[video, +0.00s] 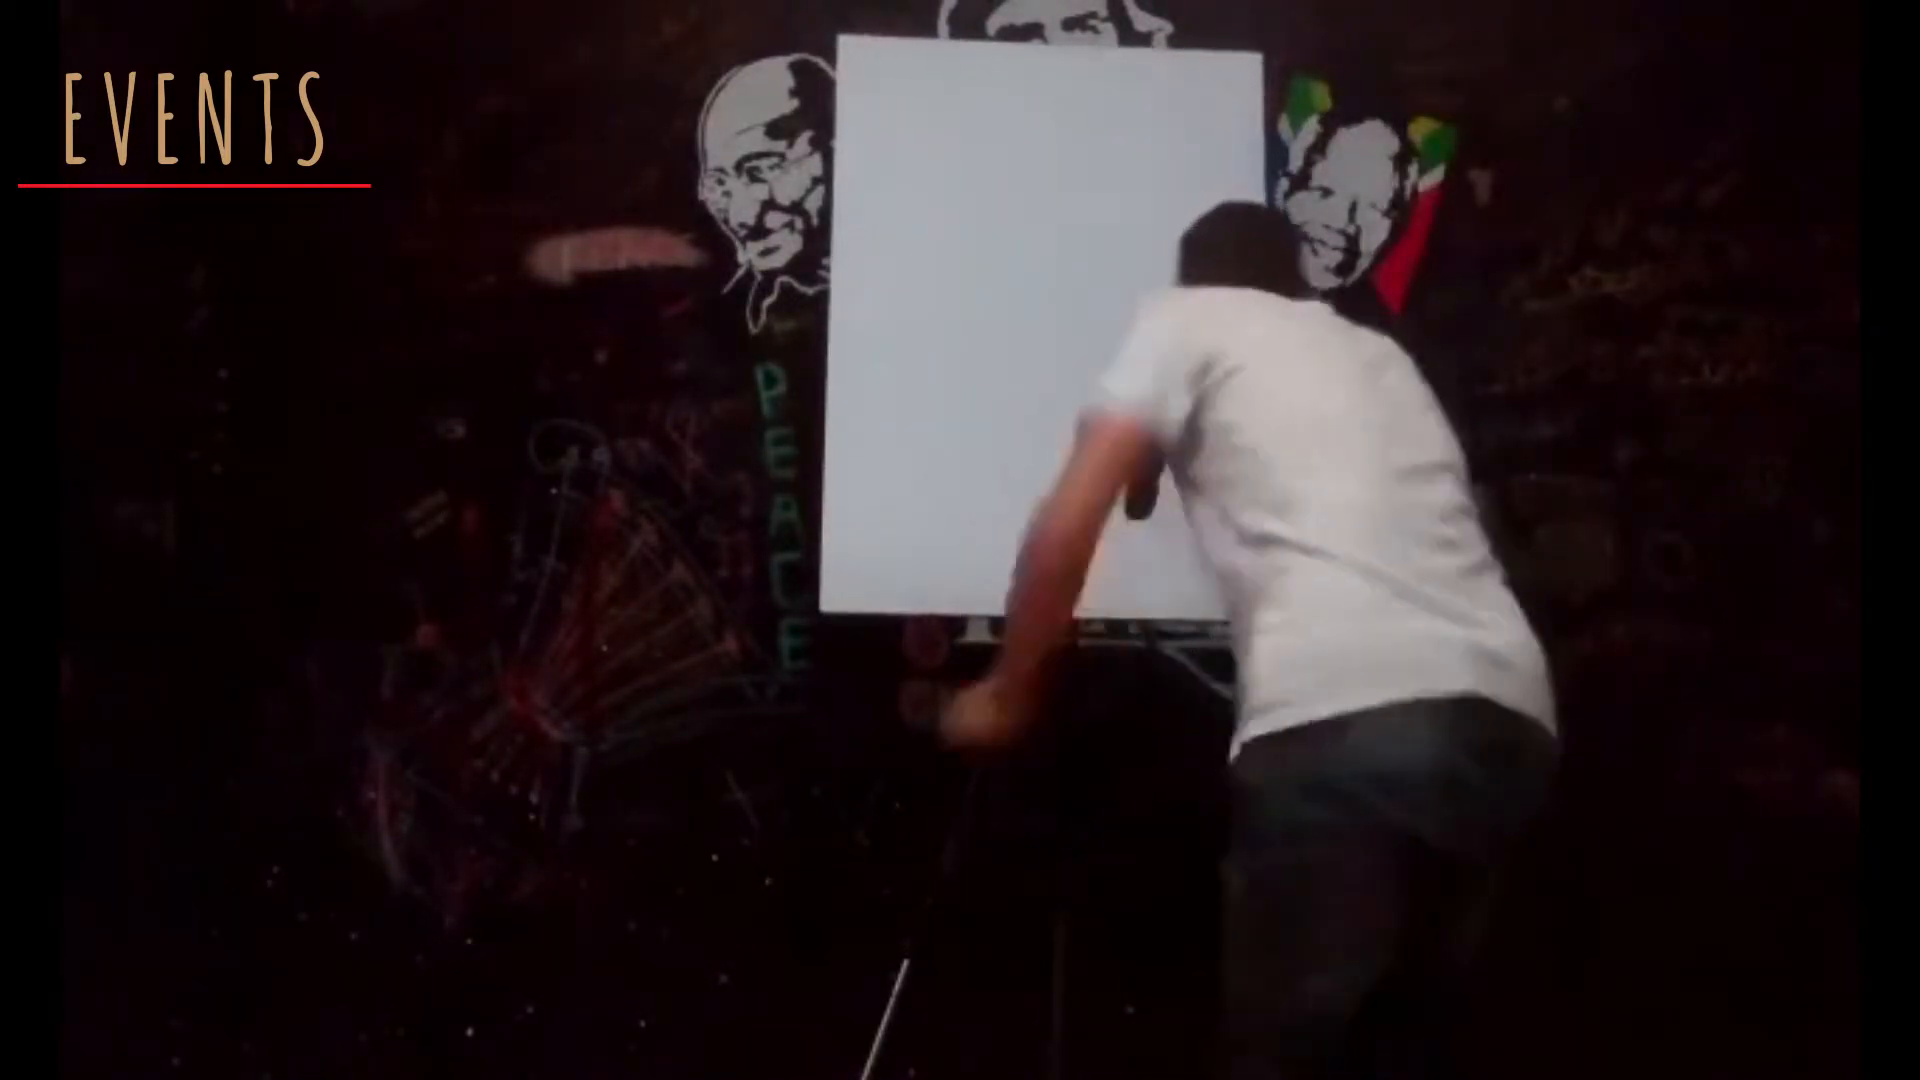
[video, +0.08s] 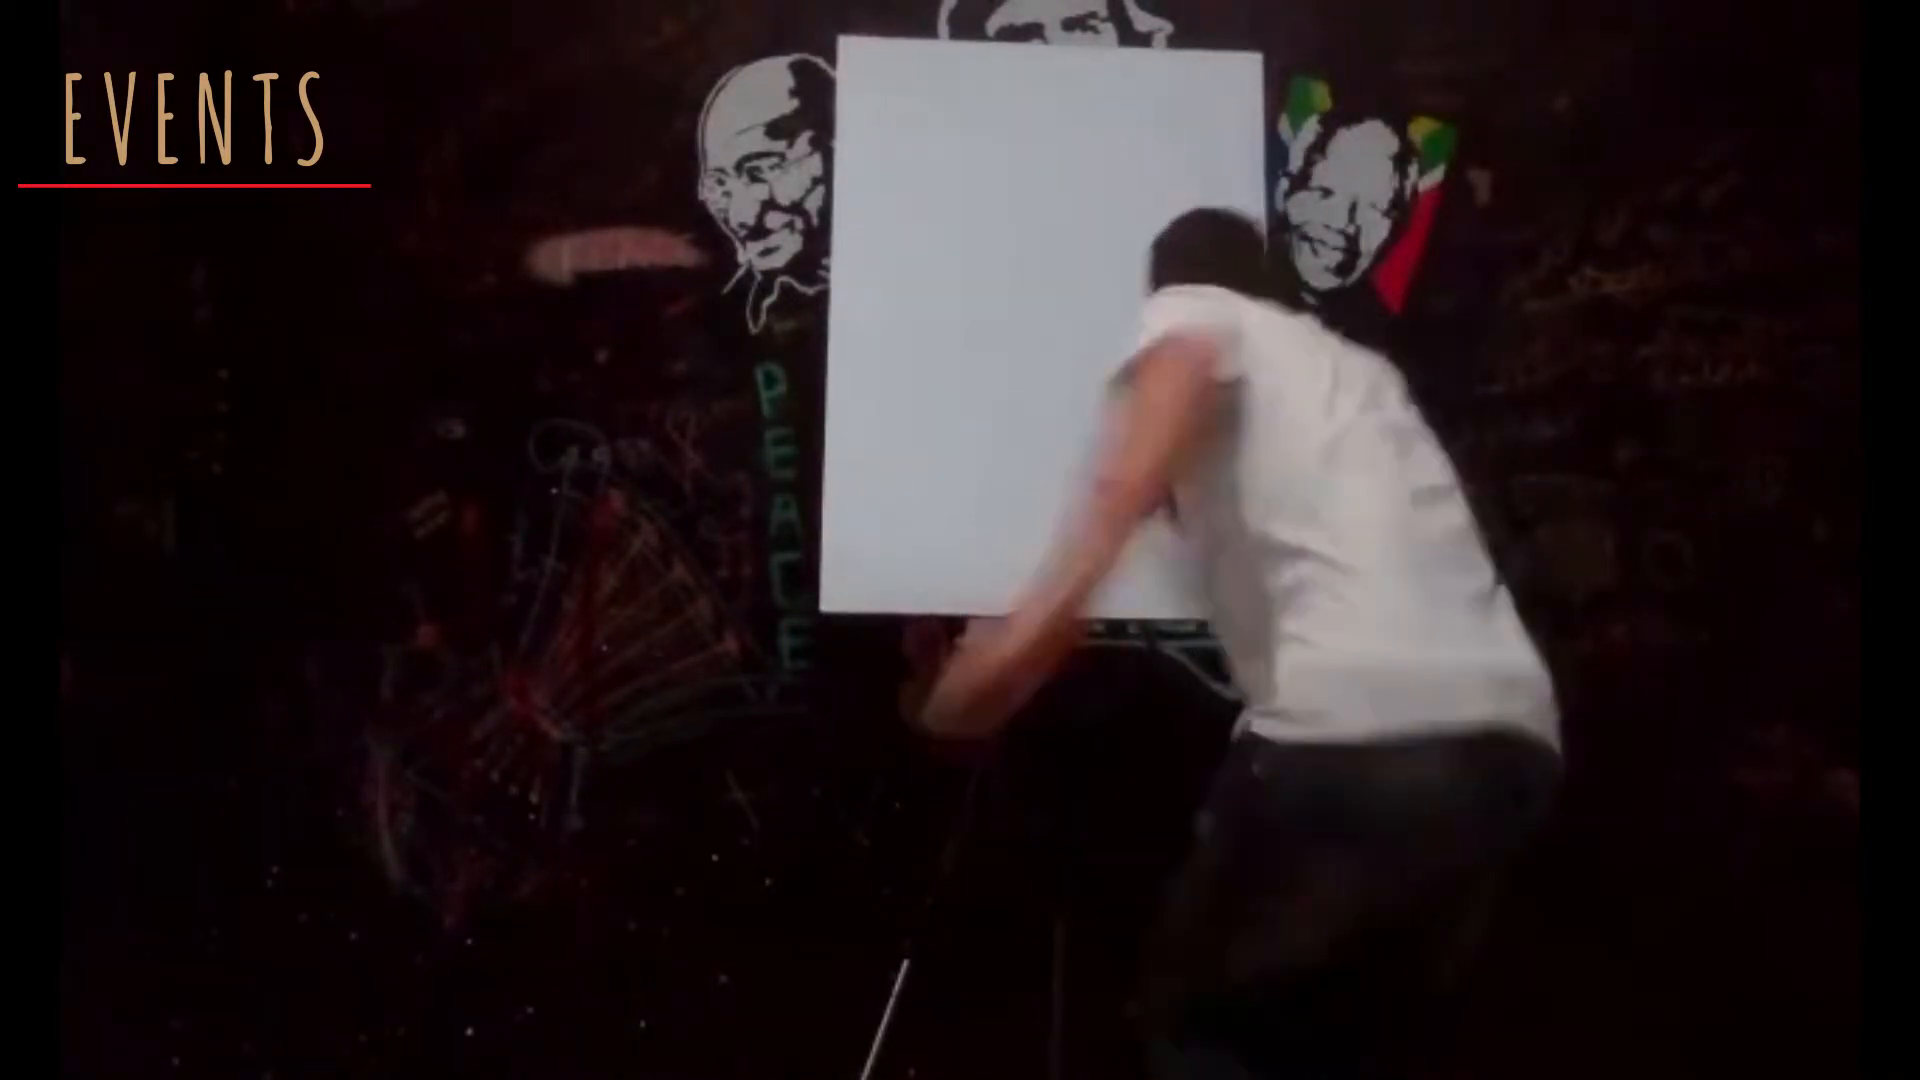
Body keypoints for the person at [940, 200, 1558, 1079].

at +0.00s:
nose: (1184, 299)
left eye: (1185, 286)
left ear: (1194, 276)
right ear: (1301, 277)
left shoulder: (1192, 315)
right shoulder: (1384, 355)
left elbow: (1061, 531)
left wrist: (1009, 692)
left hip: (1342, 716)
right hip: (1506, 717)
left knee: (1286, 1040)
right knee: (1431, 1033)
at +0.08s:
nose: (1157, 313)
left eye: (1162, 299)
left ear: (1173, 286)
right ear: (1278, 279)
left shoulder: (1200, 313)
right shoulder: (1364, 367)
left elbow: (1127, 487)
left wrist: (1017, 645)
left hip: (1341, 742)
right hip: (1504, 745)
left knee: (1195, 1015)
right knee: (1396, 1029)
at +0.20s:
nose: (1149, 331)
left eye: (1149, 314)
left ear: (1155, 297)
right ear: (1260, 291)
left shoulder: (1194, 315)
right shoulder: (1351, 382)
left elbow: (1225, 416)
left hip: (1338, 745)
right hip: (1493, 753)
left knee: (1162, 983)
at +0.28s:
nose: (1110, 353)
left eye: (1114, 333)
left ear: (1127, 320)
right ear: (1227, 290)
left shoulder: (1163, 343)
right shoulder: (1317, 401)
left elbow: (1285, 312)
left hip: (1310, 780)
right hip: (1461, 780)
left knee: (1128, 1016)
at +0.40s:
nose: (1105, 356)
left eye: (1106, 341)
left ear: (1117, 329)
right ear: (1216, 302)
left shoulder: (1155, 352)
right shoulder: (1310, 429)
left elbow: (1292, 333)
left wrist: (1503, 347)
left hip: (1288, 797)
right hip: (1434, 801)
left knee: (1112, 1030)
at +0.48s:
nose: (1105, 397)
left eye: (1106, 376)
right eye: (1110, 378)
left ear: (1113, 372)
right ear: (1217, 347)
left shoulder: (1167, 396)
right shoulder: (1295, 459)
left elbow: (1366, 426)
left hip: (1266, 850)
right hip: (1405, 860)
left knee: (1090, 1026)